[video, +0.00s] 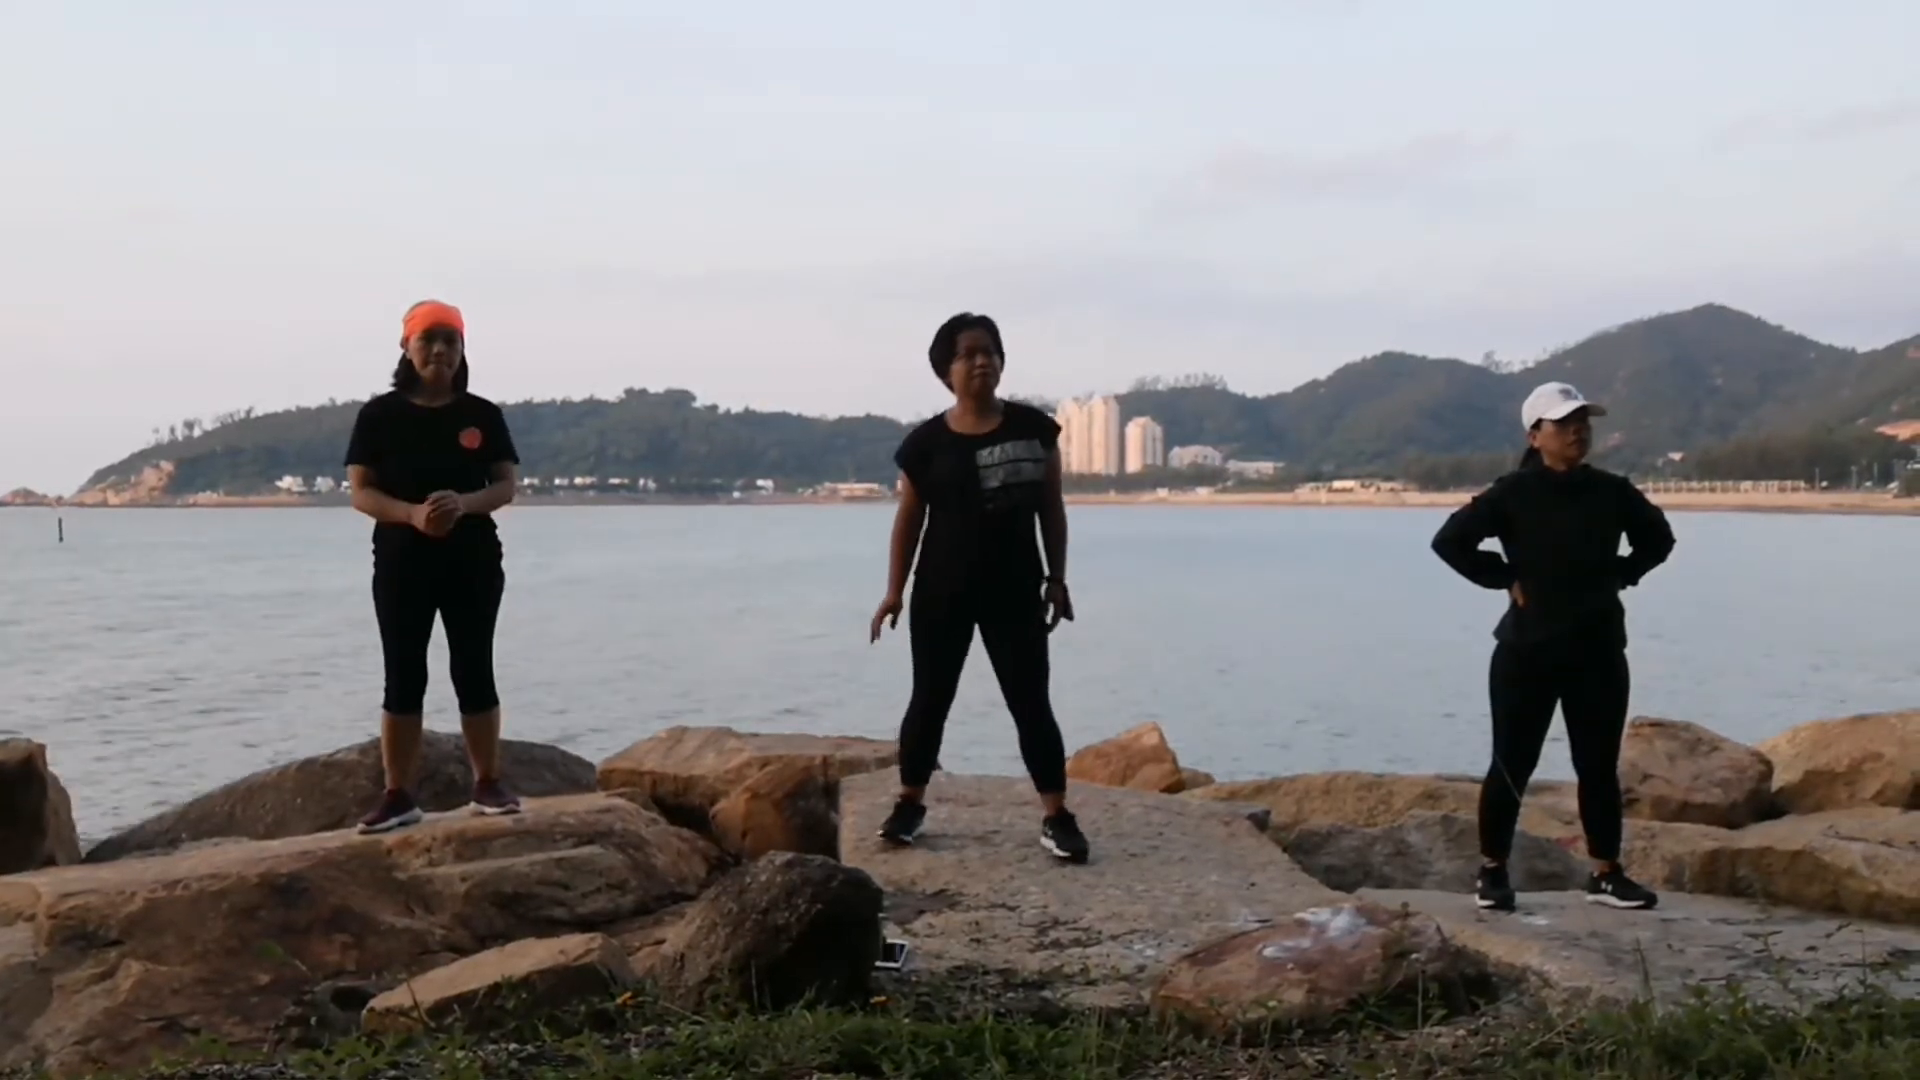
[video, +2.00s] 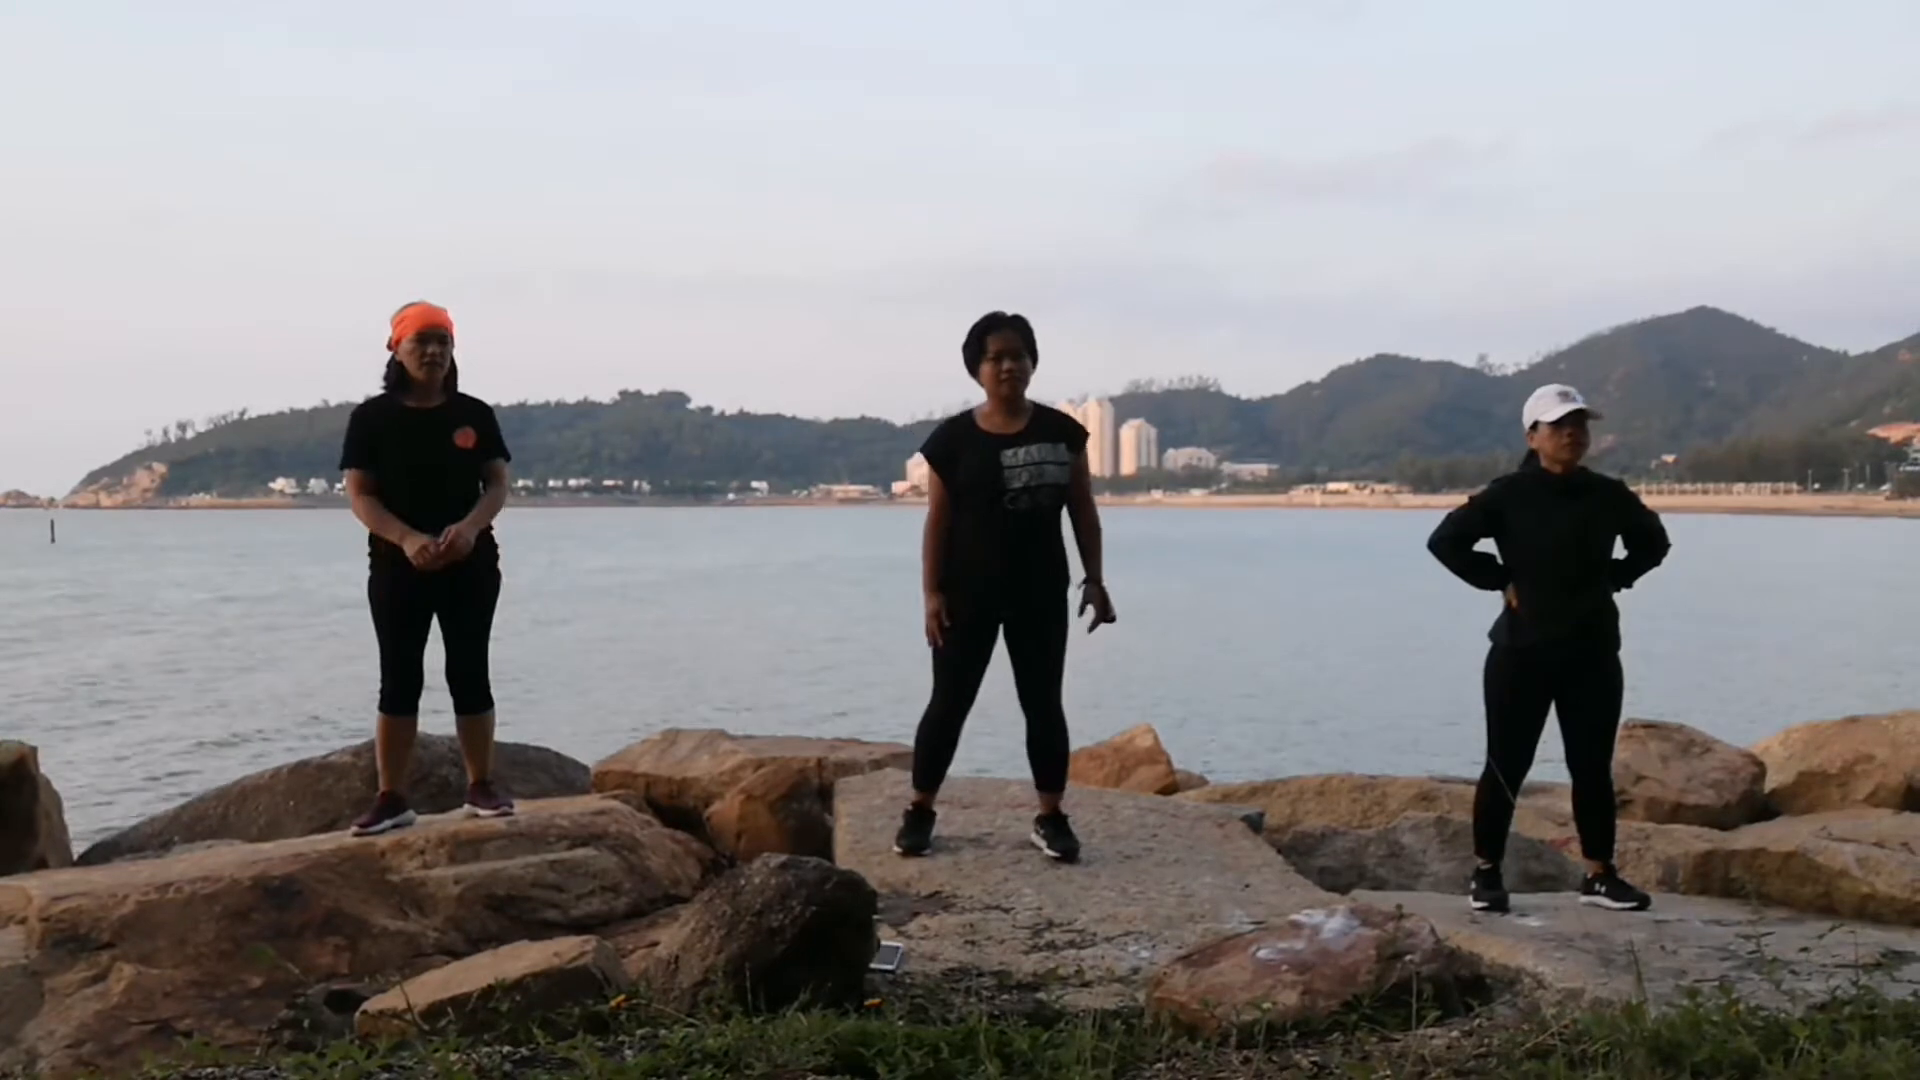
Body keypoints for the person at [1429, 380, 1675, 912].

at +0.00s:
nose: (1580, 432)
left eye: (1582, 422)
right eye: (1567, 424)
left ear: (1587, 427)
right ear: (1536, 434)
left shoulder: (1611, 490)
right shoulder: (1512, 493)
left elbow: (1659, 538)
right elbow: (1449, 543)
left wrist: (1619, 574)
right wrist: (1506, 577)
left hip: (1597, 650)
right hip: (1528, 650)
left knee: (1599, 768)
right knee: (1511, 765)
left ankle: (1607, 873)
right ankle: (1493, 872)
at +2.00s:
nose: (1575, 433)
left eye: (1580, 423)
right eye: (1562, 425)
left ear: (1587, 430)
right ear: (1534, 435)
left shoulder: (1607, 494)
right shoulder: (1508, 495)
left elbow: (1654, 542)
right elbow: (1444, 542)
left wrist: (1611, 577)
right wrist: (1501, 579)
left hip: (1592, 652)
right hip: (1523, 652)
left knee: (1593, 768)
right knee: (1506, 766)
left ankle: (1600, 874)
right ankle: (1487, 874)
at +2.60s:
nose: (1559, 435)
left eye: (1566, 425)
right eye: (1546, 426)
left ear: (1576, 433)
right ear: (1522, 436)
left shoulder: (1599, 494)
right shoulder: (1501, 496)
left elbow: (1647, 541)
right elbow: (1437, 546)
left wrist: (1606, 577)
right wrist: (1495, 581)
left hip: (1586, 652)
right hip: (1517, 652)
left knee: (1589, 769)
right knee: (1502, 767)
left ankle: (1597, 874)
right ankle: (1485, 873)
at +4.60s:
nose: (1515, 457)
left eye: (1519, 447)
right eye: (1505, 446)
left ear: (1521, 444)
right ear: (1474, 442)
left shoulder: (1536, 489)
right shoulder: (1447, 501)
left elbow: (1567, 525)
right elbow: (1388, 567)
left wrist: (1536, 570)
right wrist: (1450, 594)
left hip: (1541, 636)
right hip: (1479, 642)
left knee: (1570, 743)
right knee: (1476, 765)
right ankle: (1473, 874)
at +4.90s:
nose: (1581, 472)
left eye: (1587, 463)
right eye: (1573, 461)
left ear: (1593, 455)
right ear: (1542, 449)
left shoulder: (1591, 499)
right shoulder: (1507, 500)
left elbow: (1604, 548)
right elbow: (1442, 556)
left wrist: (1577, 590)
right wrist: (1498, 595)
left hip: (1580, 648)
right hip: (1516, 649)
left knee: (1613, 768)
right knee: (1496, 769)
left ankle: (1643, 879)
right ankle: (1475, 878)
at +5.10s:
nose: (1619, 466)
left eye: (1628, 457)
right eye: (1609, 455)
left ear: (1639, 448)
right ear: (1584, 439)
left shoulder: (1644, 494)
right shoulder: (1547, 492)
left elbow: (1677, 542)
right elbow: (1476, 538)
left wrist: (1636, 577)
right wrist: (1527, 577)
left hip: (1620, 649)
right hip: (1551, 648)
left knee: (1634, 767)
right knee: (1522, 764)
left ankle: (1645, 880)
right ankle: (1481, 872)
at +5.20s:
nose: (1629, 461)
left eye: (1640, 452)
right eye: (1620, 450)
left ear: (1651, 447)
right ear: (1597, 440)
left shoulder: (1662, 497)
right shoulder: (1559, 491)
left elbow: (1701, 545)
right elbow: (1489, 532)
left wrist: (1657, 575)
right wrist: (1539, 574)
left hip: (1631, 652)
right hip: (1559, 647)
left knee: (1636, 769)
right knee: (1527, 759)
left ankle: (1646, 880)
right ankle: (1491, 871)